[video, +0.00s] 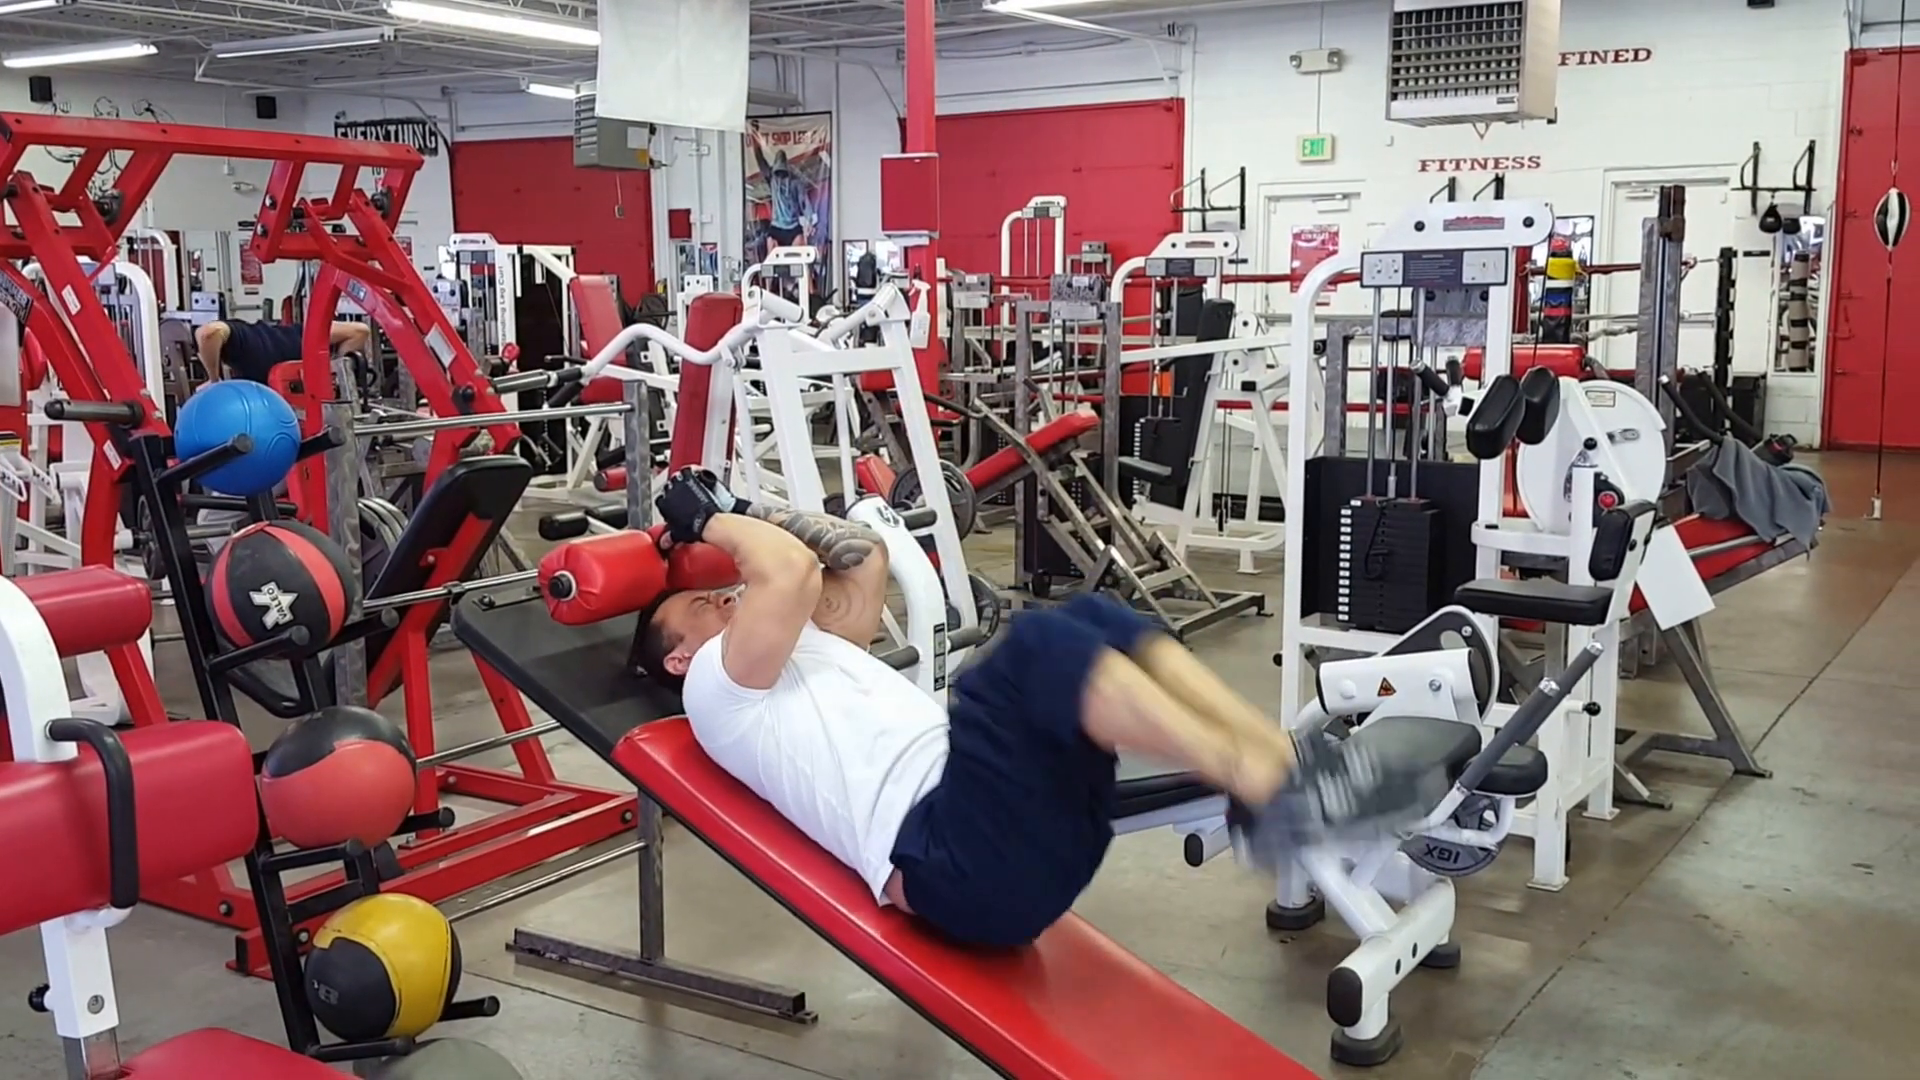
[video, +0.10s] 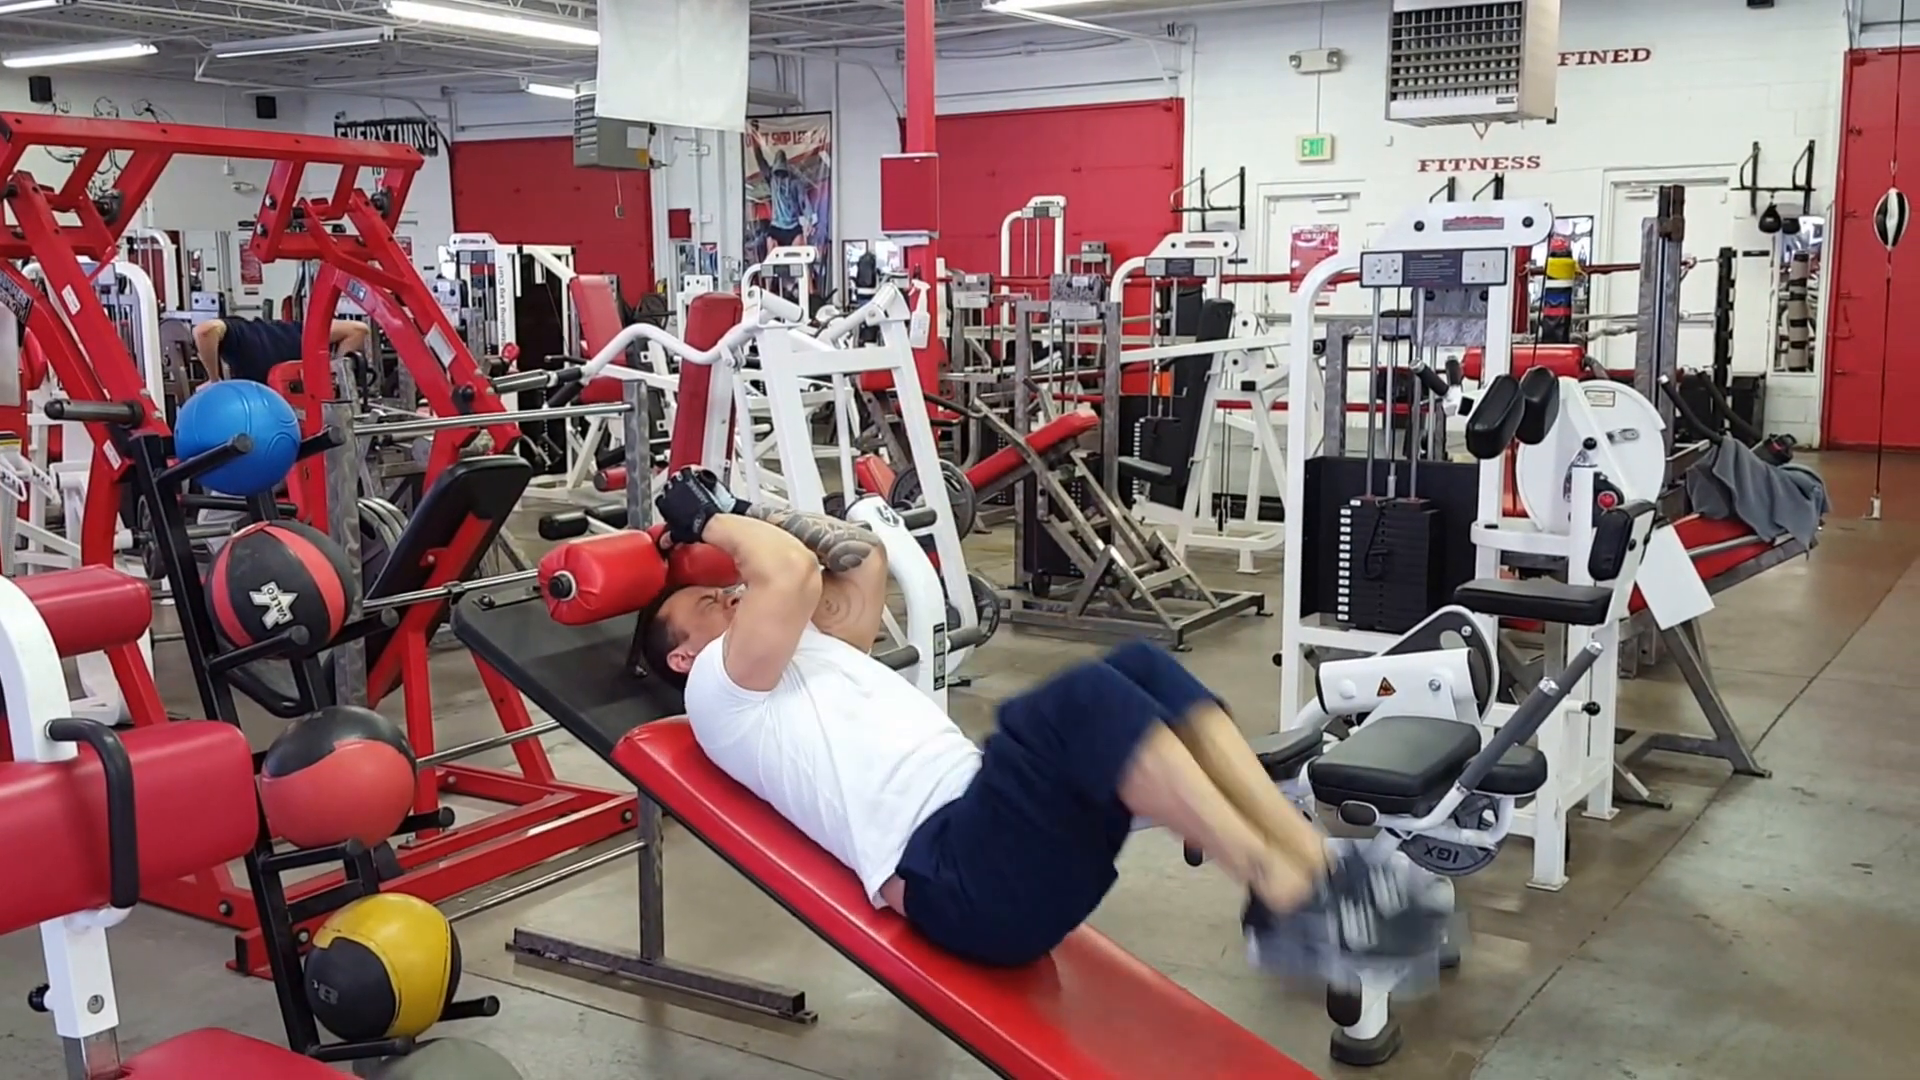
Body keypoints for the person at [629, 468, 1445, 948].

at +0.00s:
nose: (712, 612)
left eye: (699, 606)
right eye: (690, 615)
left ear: (712, 614)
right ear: (677, 650)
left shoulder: (818, 648)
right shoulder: (716, 691)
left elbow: (860, 554)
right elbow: (784, 563)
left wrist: (750, 531)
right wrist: (711, 521)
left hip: (1012, 824)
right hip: (952, 865)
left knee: (1098, 613)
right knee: (1044, 643)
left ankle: (1283, 767)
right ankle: (1250, 780)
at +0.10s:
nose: (719, 606)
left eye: (710, 598)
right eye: (698, 608)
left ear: (729, 614)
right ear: (682, 652)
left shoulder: (824, 654)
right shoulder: (718, 695)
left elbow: (862, 550)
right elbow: (783, 564)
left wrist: (756, 531)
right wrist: (700, 517)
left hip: (1015, 852)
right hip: (952, 885)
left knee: (1146, 667)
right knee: (1090, 699)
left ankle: (1322, 872)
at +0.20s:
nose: (727, 606)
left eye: (713, 599)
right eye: (699, 609)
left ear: (731, 610)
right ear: (682, 647)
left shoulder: (826, 657)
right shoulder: (719, 693)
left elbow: (863, 558)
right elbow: (782, 564)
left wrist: (753, 524)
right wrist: (711, 524)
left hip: (1015, 842)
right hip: (957, 883)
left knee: (1199, 716)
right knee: (1140, 743)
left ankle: (1357, 955)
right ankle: (1307, 980)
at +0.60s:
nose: (733, 602)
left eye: (725, 595)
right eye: (707, 606)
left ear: (738, 613)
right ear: (684, 646)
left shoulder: (825, 664)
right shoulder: (722, 698)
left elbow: (869, 562)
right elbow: (786, 571)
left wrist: (760, 541)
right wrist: (703, 528)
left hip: (1022, 837)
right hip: (962, 882)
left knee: (1232, 774)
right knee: (1176, 793)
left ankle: (1433, 984)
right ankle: (1387, 1014)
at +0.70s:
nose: (725, 603)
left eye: (716, 597)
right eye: (702, 607)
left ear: (722, 621)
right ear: (682, 655)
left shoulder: (818, 655)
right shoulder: (720, 702)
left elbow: (866, 559)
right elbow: (792, 569)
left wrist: (770, 527)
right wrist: (713, 525)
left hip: (1013, 838)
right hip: (958, 879)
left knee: (1156, 678)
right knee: (1103, 711)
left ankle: (1362, 829)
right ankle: (1325, 837)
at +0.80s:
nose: (708, 600)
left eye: (698, 596)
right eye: (690, 605)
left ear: (712, 620)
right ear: (678, 649)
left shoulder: (812, 653)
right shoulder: (714, 693)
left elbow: (867, 560)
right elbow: (788, 566)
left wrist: (797, 540)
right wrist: (704, 520)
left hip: (1005, 832)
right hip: (947, 871)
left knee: (1053, 618)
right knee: (1016, 640)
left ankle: (1269, 643)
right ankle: (1251, 660)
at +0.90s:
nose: (725, 605)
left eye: (720, 597)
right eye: (701, 608)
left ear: (742, 603)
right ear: (671, 660)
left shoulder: (805, 656)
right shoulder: (707, 694)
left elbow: (863, 562)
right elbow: (785, 573)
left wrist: (756, 529)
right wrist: (711, 521)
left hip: (1025, 816)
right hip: (962, 840)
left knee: (970, 595)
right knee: (942, 600)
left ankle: (1163, 502)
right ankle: (1155, 500)